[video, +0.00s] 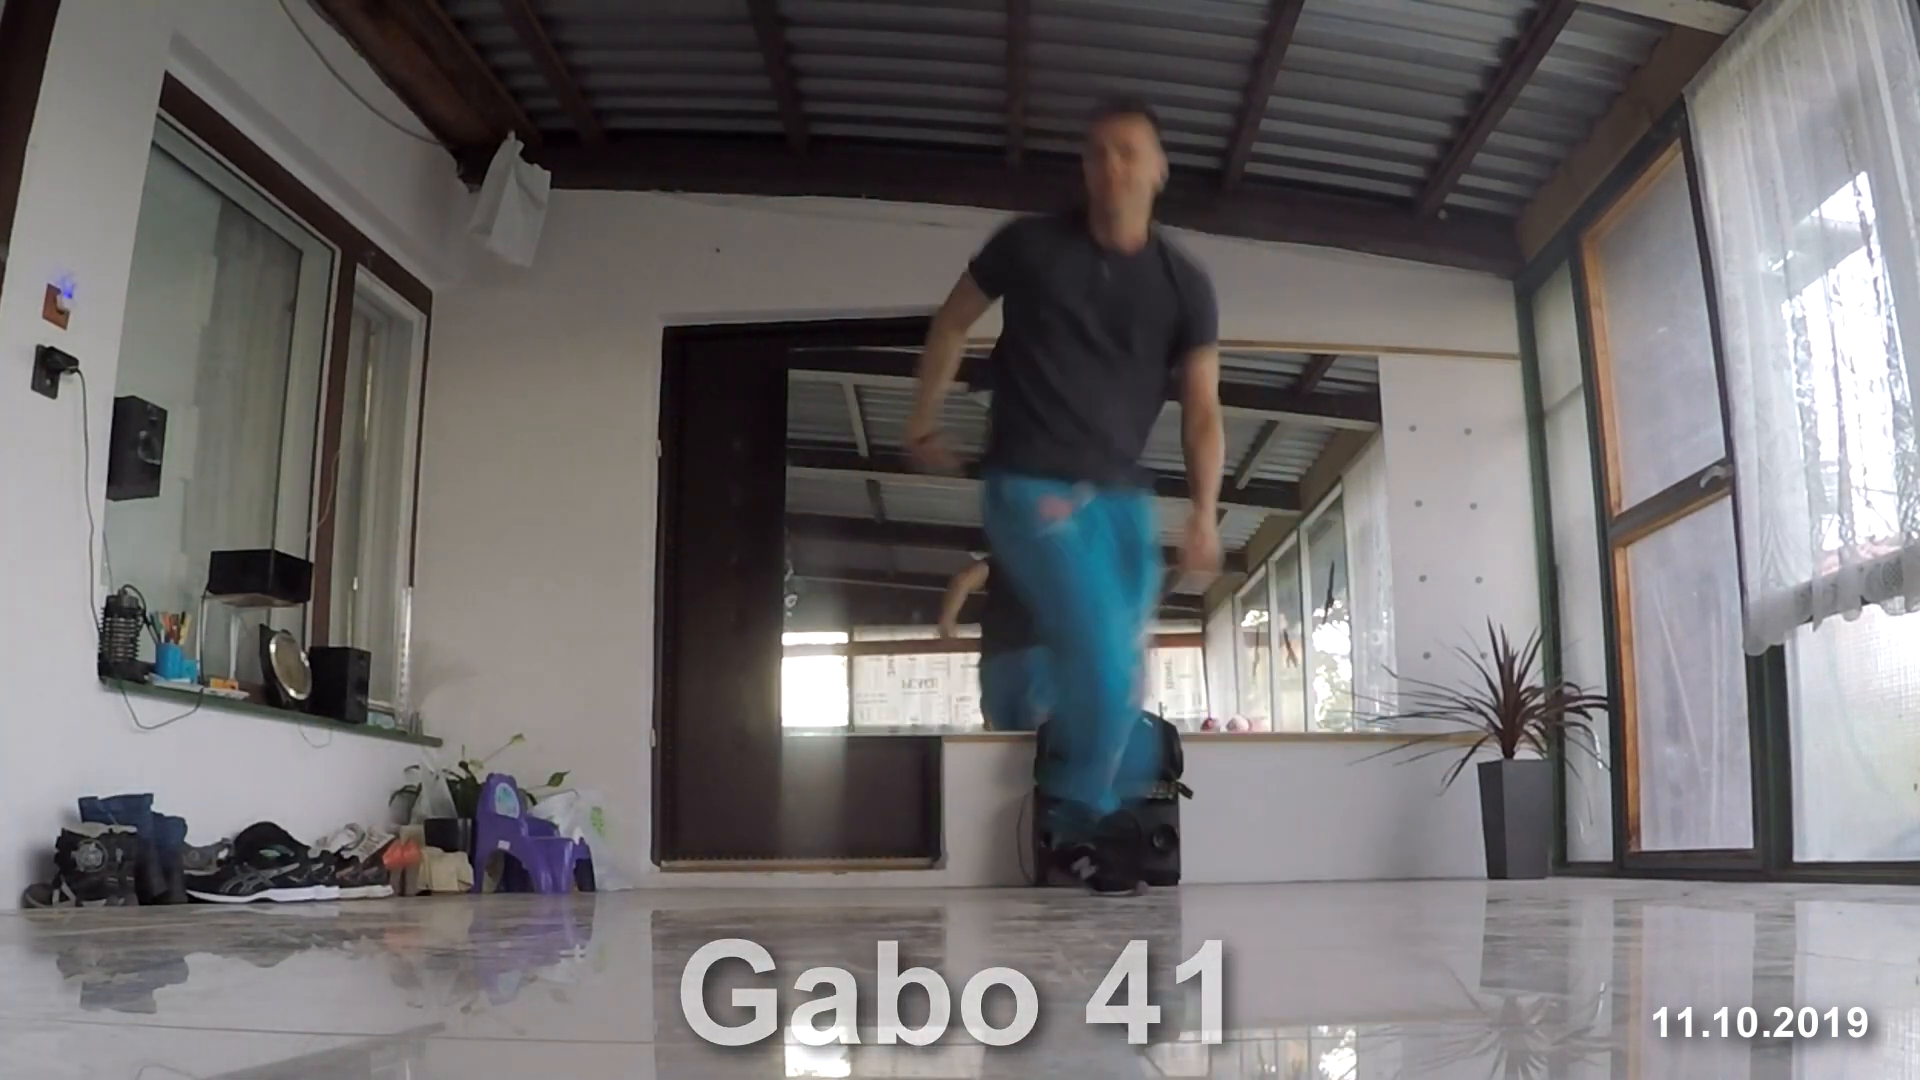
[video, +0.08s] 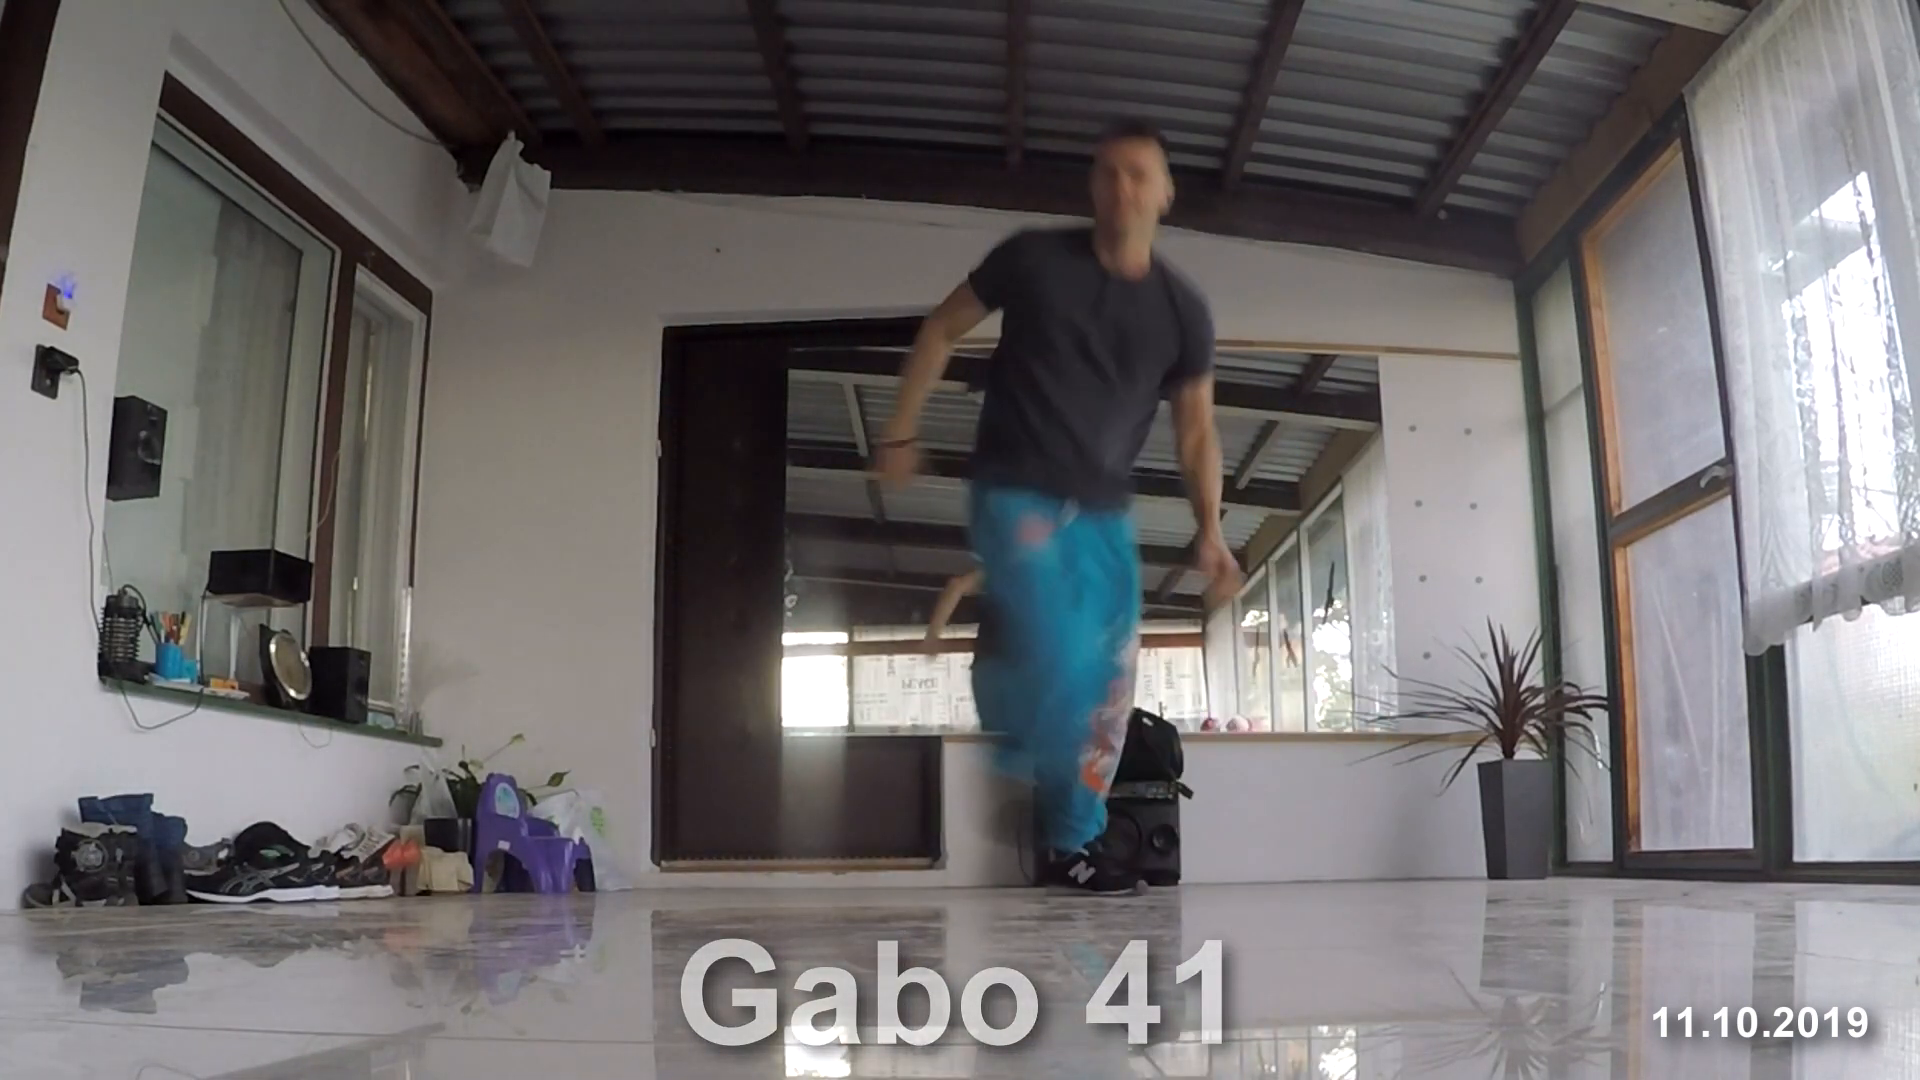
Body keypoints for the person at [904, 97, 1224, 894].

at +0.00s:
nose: (1111, 167)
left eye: (1127, 153)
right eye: (1097, 153)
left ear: (1160, 169)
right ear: (1081, 167)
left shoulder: (1183, 281)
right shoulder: (1027, 246)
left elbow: (1202, 411)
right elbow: (951, 324)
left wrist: (1205, 515)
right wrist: (922, 421)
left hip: (1123, 492)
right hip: (1033, 484)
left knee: (1118, 664)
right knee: (1102, 654)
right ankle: (1075, 825)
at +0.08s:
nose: (1122, 187)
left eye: (1139, 175)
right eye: (1110, 172)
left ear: (1167, 195)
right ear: (1091, 185)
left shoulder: (1183, 308)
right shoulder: (1031, 259)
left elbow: (1196, 427)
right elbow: (941, 329)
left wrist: (1210, 530)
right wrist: (900, 430)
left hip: (1104, 504)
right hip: (1018, 490)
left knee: (1103, 673)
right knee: (1053, 656)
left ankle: (1068, 843)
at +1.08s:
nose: (1134, 253)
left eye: (1149, 242)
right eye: (1122, 237)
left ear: (1161, 253)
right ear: (1095, 237)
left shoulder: (1162, 345)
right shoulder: (1038, 297)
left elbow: (1218, 449)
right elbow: (953, 378)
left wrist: (1270, 499)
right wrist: (936, 490)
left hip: (1093, 531)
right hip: (1019, 509)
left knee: (1151, 648)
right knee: (1117, 603)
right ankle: (1069, 815)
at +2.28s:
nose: (937, 535)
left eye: (943, 515)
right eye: (915, 529)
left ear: (969, 500)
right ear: (891, 546)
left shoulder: (1028, 511)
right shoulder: (927, 636)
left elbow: (975, 555)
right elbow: (931, 760)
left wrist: (896, 586)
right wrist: (921, 880)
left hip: (1182, 706)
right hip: (1120, 775)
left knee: (1329, 722)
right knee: (1247, 764)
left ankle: (1227, 851)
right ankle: (1456, 844)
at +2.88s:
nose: (964, 814)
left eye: (948, 808)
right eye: (945, 817)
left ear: (929, 761)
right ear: (927, 768)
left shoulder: (1011, 678)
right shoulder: (955, 727)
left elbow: (1103, 746)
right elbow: (950, 781)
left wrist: (1053, 887)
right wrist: (903, 872)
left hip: (1244, 715)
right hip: (1168, 760)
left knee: (1431, 805)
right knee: (1072, 835)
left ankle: (1623, 801)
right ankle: (1214, 835)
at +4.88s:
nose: (799, 146)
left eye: (816, 136)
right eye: (786, 125)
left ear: (828, 155)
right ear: (749, 132)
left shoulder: (835, 270)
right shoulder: (684, 219)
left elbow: (889, 381)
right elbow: (568, 305)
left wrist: (953, 431)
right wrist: (526, 434)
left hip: (751, 500)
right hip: (666, 457)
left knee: (694, 684)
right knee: (699, 643)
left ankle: (528, 829)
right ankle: (651, 856)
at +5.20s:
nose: (888, 33)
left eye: (902, 23)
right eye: (871, 13)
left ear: (909, 43)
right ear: (825, 21)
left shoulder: (922, 148)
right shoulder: (743, 126)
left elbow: (992, 273)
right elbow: (674, 238)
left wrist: (1036, 363)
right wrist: (646, 351)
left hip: (868, 393)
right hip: (747, 388)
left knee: (872, 593)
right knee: (716, 590)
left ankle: (806, 834)